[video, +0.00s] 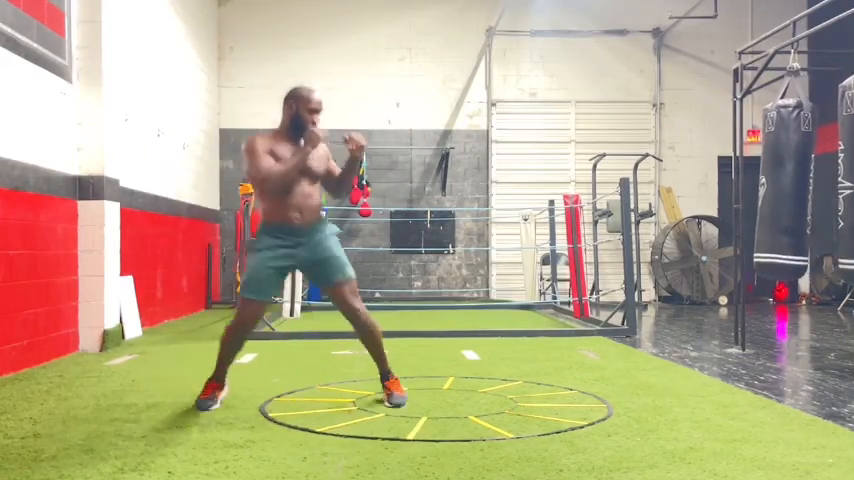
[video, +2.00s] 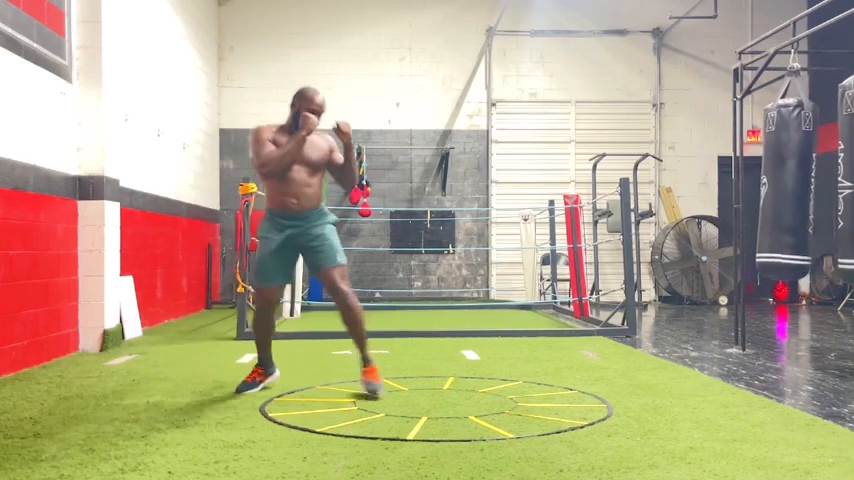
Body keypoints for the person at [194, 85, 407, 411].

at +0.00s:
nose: (317, 119)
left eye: (319, 113)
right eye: (312, 112)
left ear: (316, 112)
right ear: (291, 107)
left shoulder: (318, 149)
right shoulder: (260, 143)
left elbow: (339, 188)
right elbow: (268, 187)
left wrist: (354, 160)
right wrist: (305, 150)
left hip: (318, 237)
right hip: (273, 241)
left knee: (354, 307)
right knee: (245, 320)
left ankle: (388, 377)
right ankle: (217, 380)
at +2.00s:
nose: (313, 119)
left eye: (318, 115)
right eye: (310, 113)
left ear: (320, 116)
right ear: (294, 108)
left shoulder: (325, 144)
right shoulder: (265, 134)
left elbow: (349, 182)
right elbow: (266, 168)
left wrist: (348, 147)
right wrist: (301, 136)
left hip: (316, 224)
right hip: (276, 226)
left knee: (341, 289)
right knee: (264, 302)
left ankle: (367, 362)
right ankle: (265, 366)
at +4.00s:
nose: (328, 124)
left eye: (333, 120)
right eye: (323, 119)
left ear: (339, 117)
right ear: (311, 114)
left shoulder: (349, 142)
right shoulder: (291, 140)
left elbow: (375, 177)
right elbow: (283, 175)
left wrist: (357, 139)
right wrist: (313, 143)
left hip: (343, 221)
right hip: (309, 224)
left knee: (349, 286)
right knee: (300, 298)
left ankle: (382, 353)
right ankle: (323, 351)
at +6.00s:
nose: (369, 143)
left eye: (373, 139)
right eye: (365, 138)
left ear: (378, 138)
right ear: (355, 136)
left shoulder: (392, 162)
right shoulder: (341, 161)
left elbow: (410, 197)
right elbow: (327, 194)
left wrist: (395, 177)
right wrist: (352, 173)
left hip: (385, 230)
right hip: (355, 233)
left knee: (397, 285)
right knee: (349, 295)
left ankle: (419, 349)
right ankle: (360, 349)